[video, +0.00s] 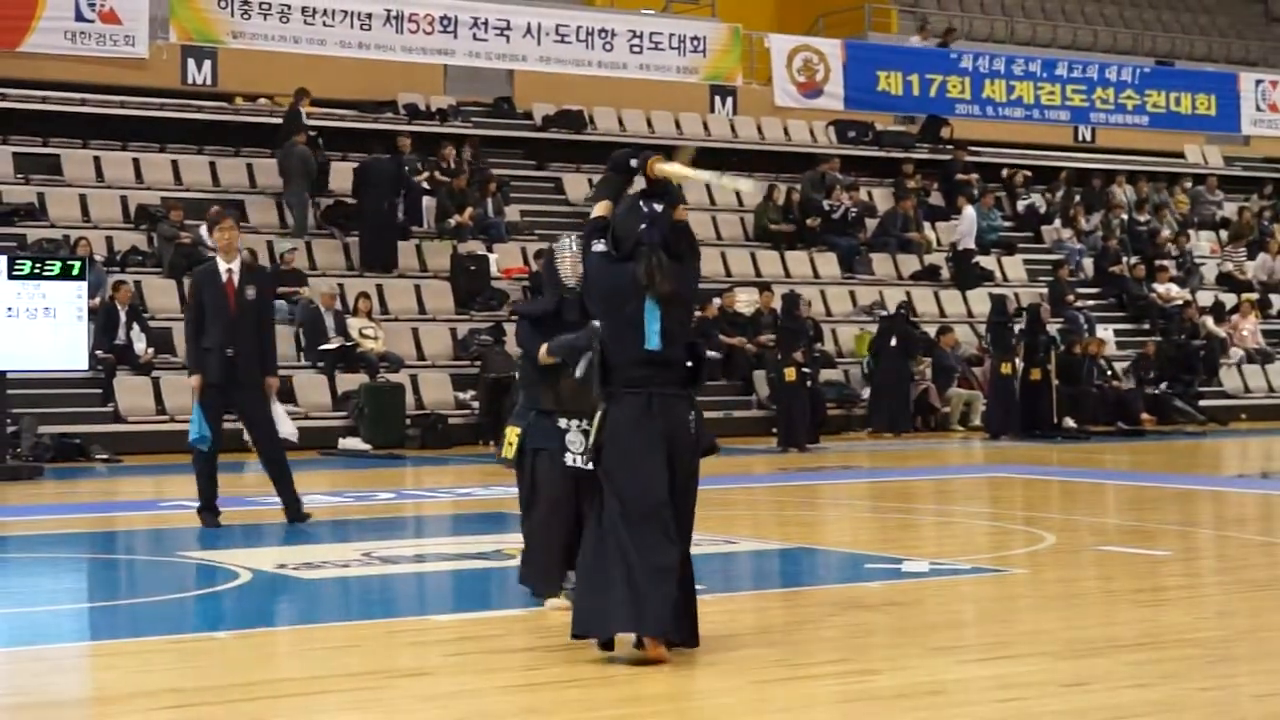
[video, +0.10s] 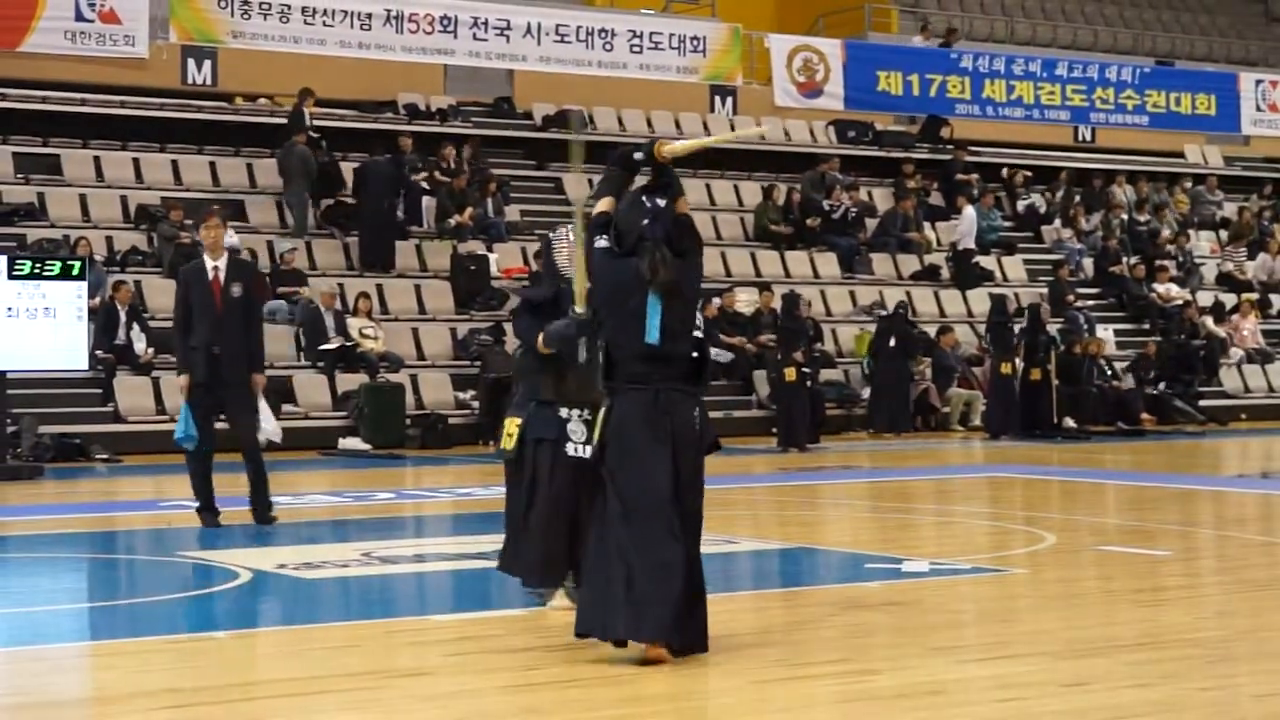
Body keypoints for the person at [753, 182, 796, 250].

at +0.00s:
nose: (778, 196)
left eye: (779, 193)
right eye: (776, 193)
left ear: (780, 193)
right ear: (771, 193)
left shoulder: (778, 208)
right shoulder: (761, 207)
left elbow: (779, 223)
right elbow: (766, 226)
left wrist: (787, 226)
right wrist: (783, 228)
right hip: (762, 235)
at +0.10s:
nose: (778, 195)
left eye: (778, 192)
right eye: (776, 192)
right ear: (770, 192)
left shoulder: (778, 208)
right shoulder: (762, 207)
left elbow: (780, 222)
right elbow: (766, 225)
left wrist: (784, 228)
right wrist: (783, 230)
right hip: (762, 235)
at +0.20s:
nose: (778, 194)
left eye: (779, 192)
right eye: (776, 191)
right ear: (770, 192)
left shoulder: (778, 208)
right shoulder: (762, 206)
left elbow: (780, 222)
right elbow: (766, 225)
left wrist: (785, 229)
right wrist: (782, 230)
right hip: (762, 235)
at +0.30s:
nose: (779, 195)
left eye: (779, 192)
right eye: (777, 192)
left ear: (781, 193)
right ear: (771, 192)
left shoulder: (779, 208)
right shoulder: (763, 206)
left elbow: (781, 222)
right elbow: (767, 225)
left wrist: (785, 231)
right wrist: (781, 231)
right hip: (763, 235)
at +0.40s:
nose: (779, 194)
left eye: (780, 192)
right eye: (777, 191)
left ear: (780, 192)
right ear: (772, 192)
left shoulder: (779, 207)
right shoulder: (763, 206)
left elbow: (781, 221)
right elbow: (766, 225)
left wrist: (784, 230)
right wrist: (781, 231)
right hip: (763, 234)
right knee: (780, 238)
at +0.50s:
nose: (781, 194)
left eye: (781, 191)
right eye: (779, 191)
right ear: (772, 192)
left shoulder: (780, 207)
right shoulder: (763, 206)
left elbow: (783, 221)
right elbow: (766, 223)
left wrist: (785, 231)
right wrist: (782, 232)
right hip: (764, 235)